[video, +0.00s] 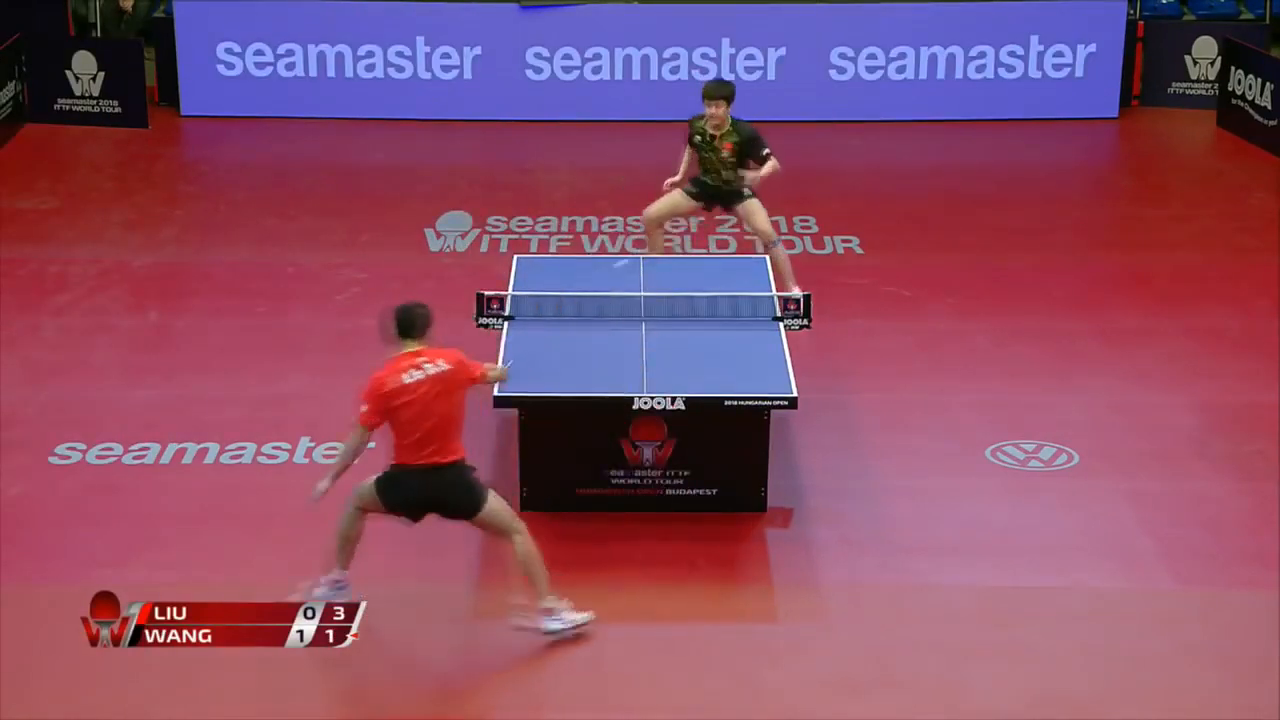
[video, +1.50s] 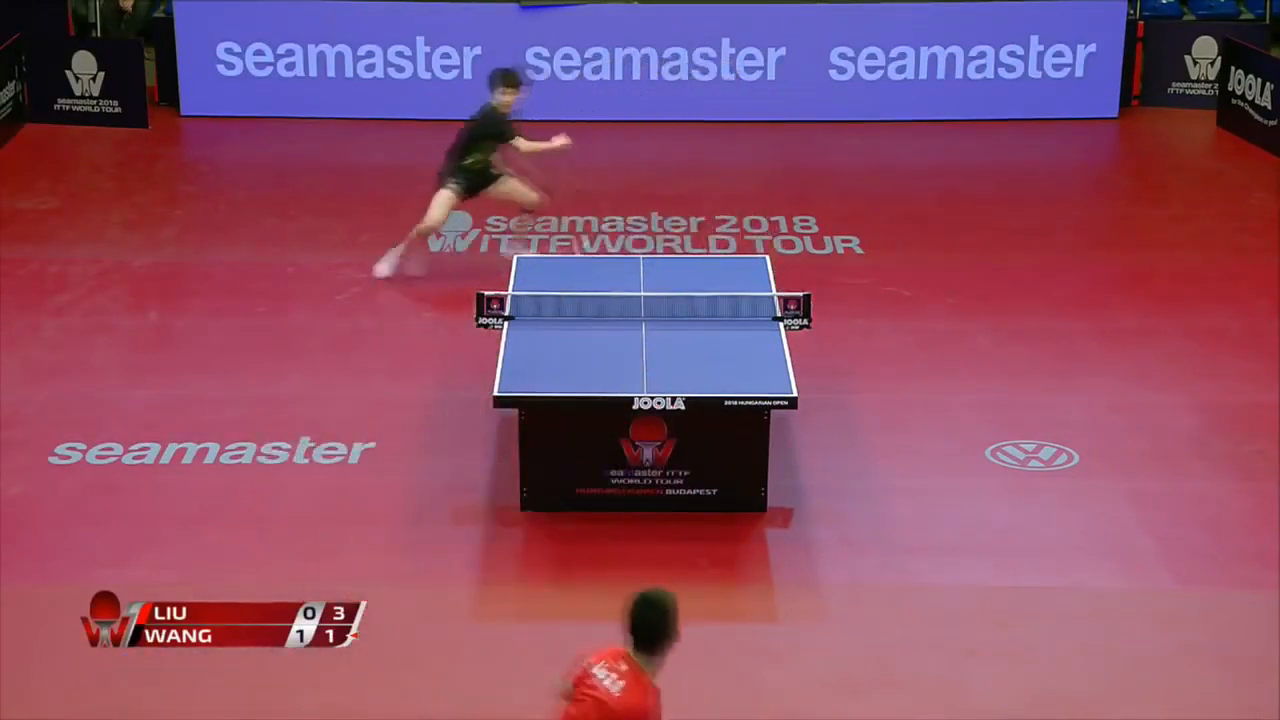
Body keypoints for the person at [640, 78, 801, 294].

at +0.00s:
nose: (713, 111)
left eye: (718, 106)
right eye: (709, 106)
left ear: (728, 107)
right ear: (704, 106)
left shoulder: (743, 132)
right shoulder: (696, 126)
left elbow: (772, 163)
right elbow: (690, 148)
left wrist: (758, 175)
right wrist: (680, 175)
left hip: (736, 191)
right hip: (703, 188)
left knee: (766, 232)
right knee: (651, 217)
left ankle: (791, 290)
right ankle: (655, 274)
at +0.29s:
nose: (742, 124)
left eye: (746, 119)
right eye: (738, 117)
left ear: (749, 122)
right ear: (724, 116)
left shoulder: (738, 144)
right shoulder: (707, 142)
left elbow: (725, 172)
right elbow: (696, 177)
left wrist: (744, 180)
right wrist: (737, 184)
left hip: (718, 201)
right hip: (688, 203)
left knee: (763, 228)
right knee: (645, 250)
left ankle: (771, 278)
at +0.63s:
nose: (698, 69)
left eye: (702, 64)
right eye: (694, 63)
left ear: (708, 65)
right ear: (684, 65)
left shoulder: (717, 85)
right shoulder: (675, 92)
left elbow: (729, 68)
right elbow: (660, 118)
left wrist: (707, 41)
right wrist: (644, 120)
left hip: (717, 163)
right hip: (684, 162)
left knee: (751, 221)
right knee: (641, 210)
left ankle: (769, 275)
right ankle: (620, 259)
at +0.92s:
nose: (647, 83)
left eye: (652, 78)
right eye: (643, 77)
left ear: (659, 80)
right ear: (635, 78)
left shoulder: (670, 105)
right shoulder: (622, 103)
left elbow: (701, 128)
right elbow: (618, 128)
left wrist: (695, 130)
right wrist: (614, 131)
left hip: (670, 171)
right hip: (640, 169)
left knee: (697, 219)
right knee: (600, 208)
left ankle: (729, 260)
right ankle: (628, 253)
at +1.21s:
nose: (595, 83)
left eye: (599, 79)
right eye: (591, 78)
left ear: (605, 82)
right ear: (583, 80)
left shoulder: (611, 112)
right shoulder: (563, 109)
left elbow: (616, 143)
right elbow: (532, 140)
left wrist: (633, 173)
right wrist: (555, 163)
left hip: (593, 169)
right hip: (560, 169)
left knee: (618, 221)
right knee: (522, 220)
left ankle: (607, 246)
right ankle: (489, 254)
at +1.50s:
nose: (508, 98)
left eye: (512, 93)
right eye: (503, 92)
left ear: (517, 95)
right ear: (493, 93)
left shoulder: (499, 118)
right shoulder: (490, 116)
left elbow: (492, 156)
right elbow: (522, 145)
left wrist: (510, 178)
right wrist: (552, 145)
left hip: (485, 174)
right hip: (459, 176)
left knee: (534, 201)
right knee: (432, 223)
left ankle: (514, 244)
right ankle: (396, 254)